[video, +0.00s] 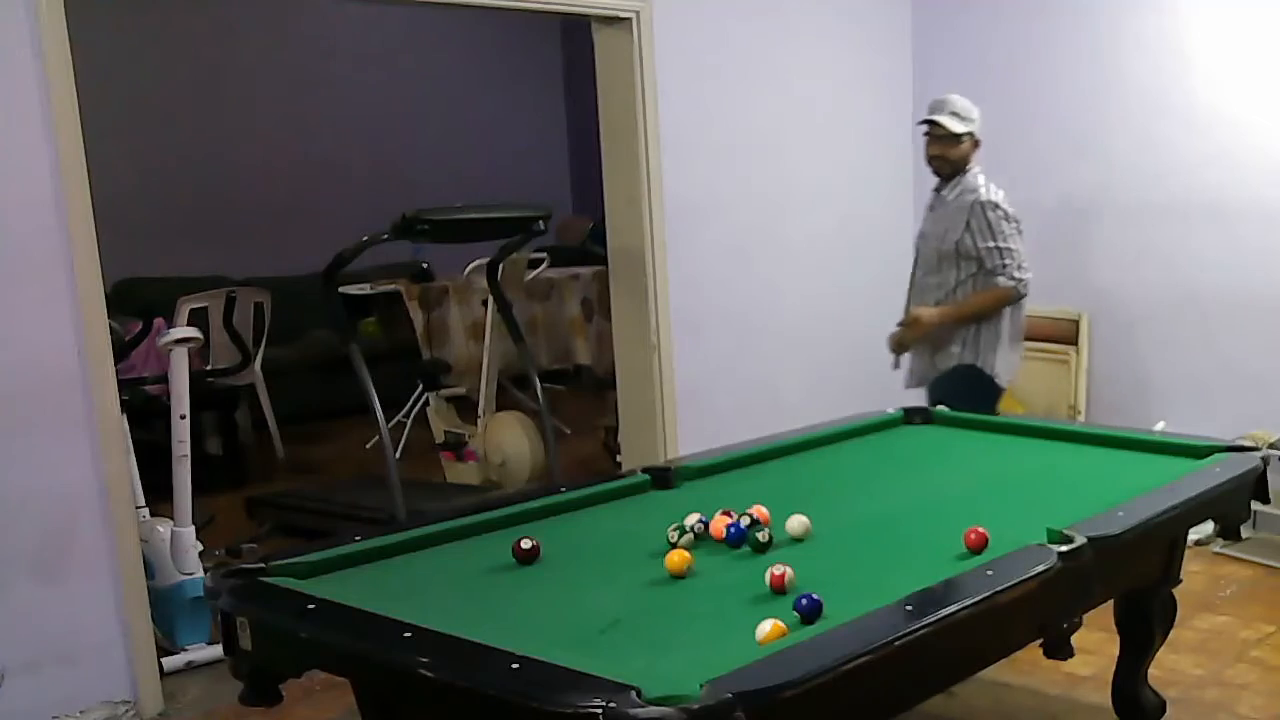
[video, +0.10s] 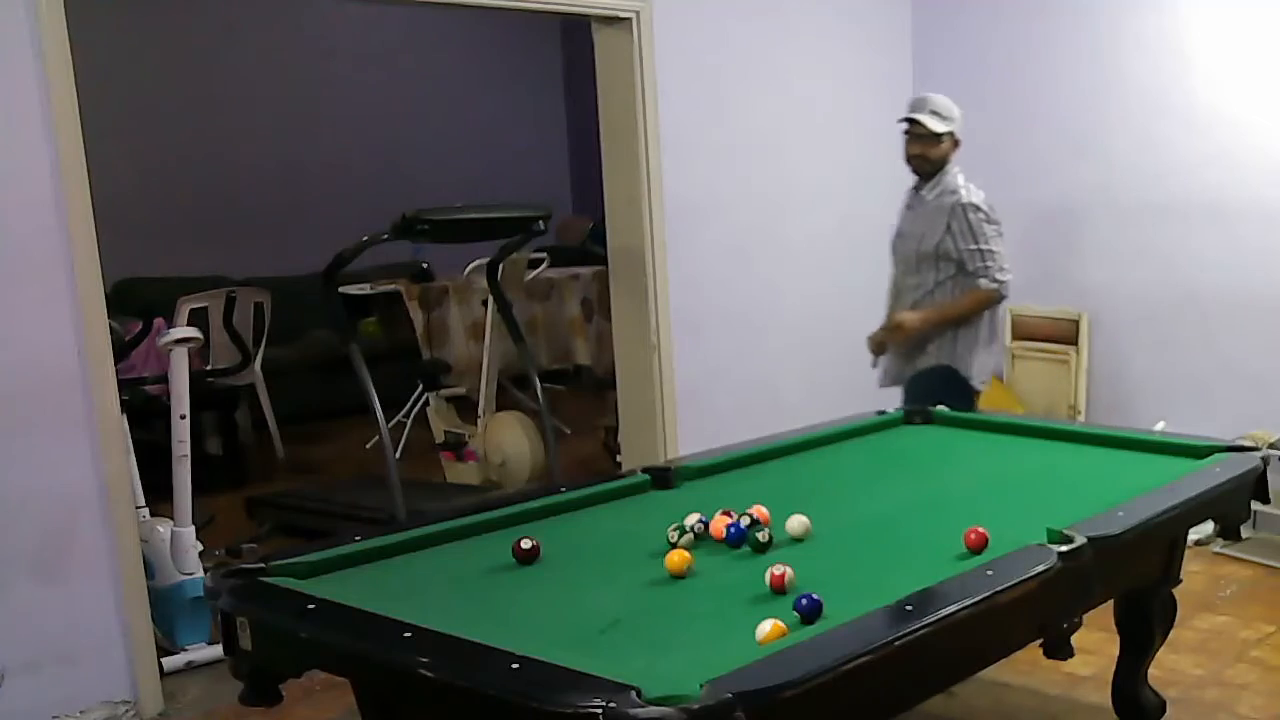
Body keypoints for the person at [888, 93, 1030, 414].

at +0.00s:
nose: (936, 149)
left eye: (949, 140)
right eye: (931, 139)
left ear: (973, 145)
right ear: (924, 142)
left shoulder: (983, 202)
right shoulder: (942, 200)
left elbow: (1013, 283)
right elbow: (946, 282)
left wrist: (939, 316)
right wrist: (912, 330)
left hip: (971, 369)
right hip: (943, 366)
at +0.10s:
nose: (917, 149)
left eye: (930, 140)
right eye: (912, 138)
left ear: (953, 145)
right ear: (904, 141)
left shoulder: (963, 203)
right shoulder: (917, 200)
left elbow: (992, 286)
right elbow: (918, 284)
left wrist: (921, 321)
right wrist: (890, 331)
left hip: (948, 368)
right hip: (919, 366)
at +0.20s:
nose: (896, 146)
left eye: (908, 137)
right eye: (890, 136)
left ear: (932, 142)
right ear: (883, 138)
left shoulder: (943, 202)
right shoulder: (895, 196)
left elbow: (973, 286)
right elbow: (895, 279)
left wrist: (898, 321)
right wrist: (870, 328)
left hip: (922, 369)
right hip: (891, 366)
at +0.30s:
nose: (876, 146)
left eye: (889, 137)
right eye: (870, 135)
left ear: (913, 141)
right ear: (863, 137)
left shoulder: (924, 202)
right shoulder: (874, 196)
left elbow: (954, 287)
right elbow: (875, 280)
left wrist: (879, 321)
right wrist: (849, 330)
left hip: (905, 376)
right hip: (864, 372)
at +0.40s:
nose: (856, 146)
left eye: (869, 137)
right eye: (849, 135)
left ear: (893, 140)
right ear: (841, 137)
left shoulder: (906, 201)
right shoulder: (852, 195)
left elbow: (934, 288)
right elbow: (856, 281)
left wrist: (857, 321)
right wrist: (830, 329)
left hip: (888, 377)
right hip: (842, 374)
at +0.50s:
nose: (835, 147)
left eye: (847, 138)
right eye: (828, 137)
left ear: (871, 141)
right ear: (820, 139)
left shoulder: (886, 205)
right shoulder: (829, 198)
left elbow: (914, 291)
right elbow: (835, 286)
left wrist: (836, 322)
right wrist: (809, 333)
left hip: (872, 381)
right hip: (822, 379)